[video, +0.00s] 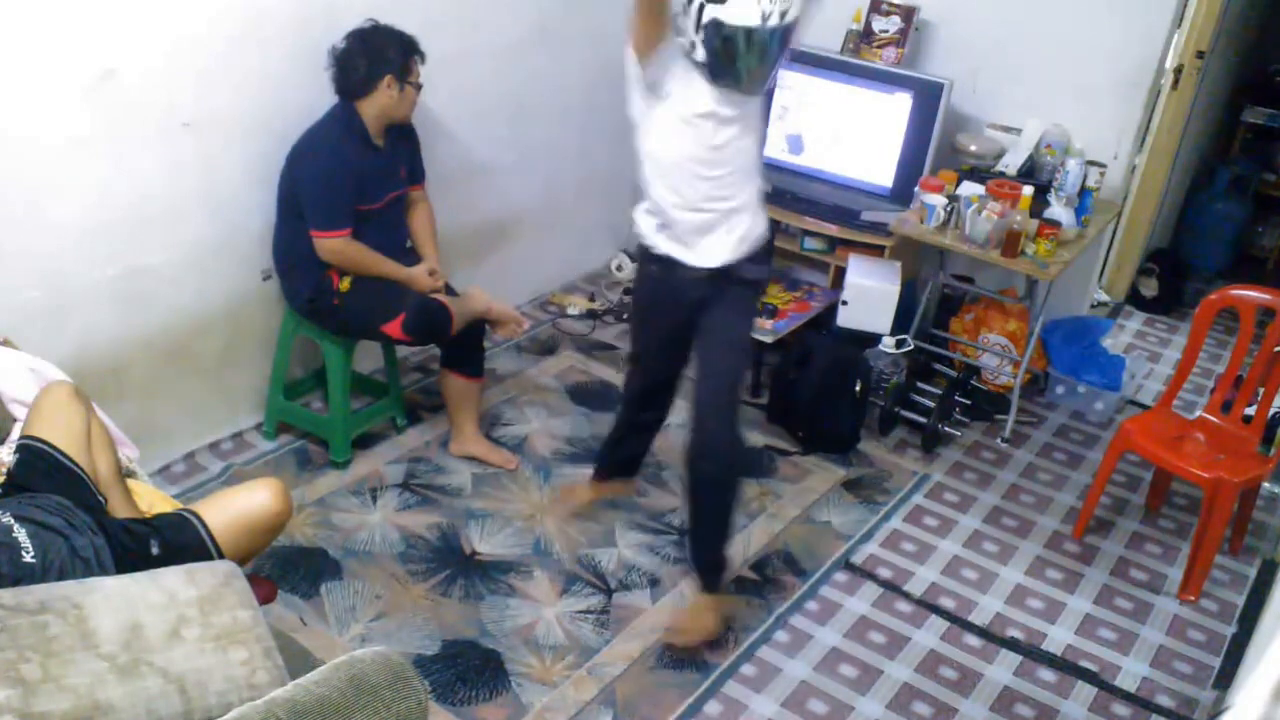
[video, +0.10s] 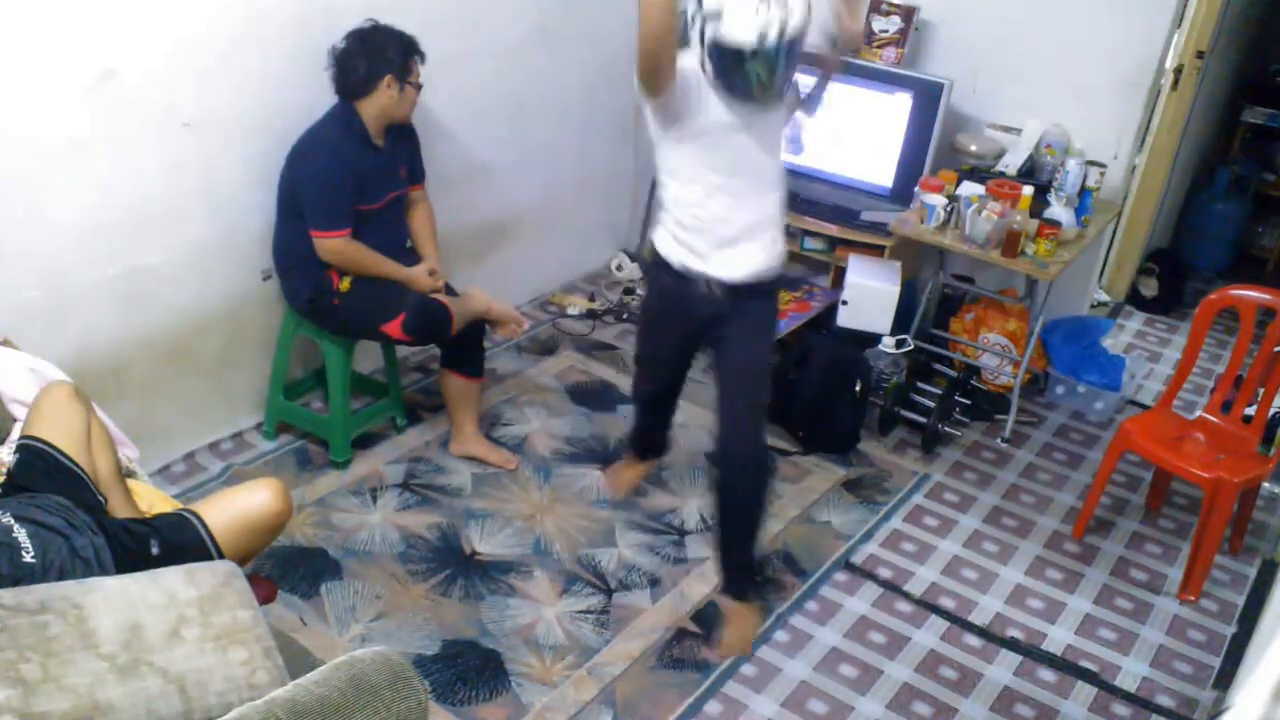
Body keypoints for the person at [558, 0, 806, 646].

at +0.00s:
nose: (744, 53)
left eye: (754, 43)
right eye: (729, 37)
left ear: (764, 43)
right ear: (696, 25)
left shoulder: (755, 69)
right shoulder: (656, 58)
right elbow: (650, 5)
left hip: (735, 266)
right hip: (664, 259)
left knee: (714, 425)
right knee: (647, 386)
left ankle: (710, 586)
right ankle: (613, 474)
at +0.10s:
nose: (748, 44)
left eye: (758, 35)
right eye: (733, 34)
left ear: (769, 39)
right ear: (706, 35)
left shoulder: (776, 88)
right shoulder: (671, 86)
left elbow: (848, 43)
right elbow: (654, 51)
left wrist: (844, 18)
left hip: (751, 285)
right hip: (674, 273)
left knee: (742, 441)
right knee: (653, 384)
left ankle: (740, 588)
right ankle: (644, 451)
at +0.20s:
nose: (732, 124)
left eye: (748, 115)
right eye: (724, 110)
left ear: (785, 101)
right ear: (709, 95)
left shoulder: (806, 139)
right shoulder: (683, 133)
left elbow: (884, 208)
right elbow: (656, 214)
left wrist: (874, 122)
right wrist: (690, 122)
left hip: (772, 337)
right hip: (695, 321)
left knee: (758, 484)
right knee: (661, 414)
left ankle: (747, 601)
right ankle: (668, 440)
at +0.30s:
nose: (727, 131)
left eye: (744, 116)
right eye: (713, 115)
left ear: (783, 95)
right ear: (698, 96)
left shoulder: (826, 131)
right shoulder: (694, 134)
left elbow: (919, 200)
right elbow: (659, 246)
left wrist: (875, 118)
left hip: (773, 333)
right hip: (699, 314)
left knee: (756, 481)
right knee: (656, 422)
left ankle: (744, 600)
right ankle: (685, 473)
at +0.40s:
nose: (703, 99)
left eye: (712, 82)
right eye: (694, 83)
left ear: (754, 57)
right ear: (688, 65)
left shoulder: (824, 93)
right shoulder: (718, 109)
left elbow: (896, 94)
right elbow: (697, 212)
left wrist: (861, 13)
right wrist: (651, 290)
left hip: (773, 304)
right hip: (706, 284)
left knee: (743, 445)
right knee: (660, 410)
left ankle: (738, 582)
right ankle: (667, 536)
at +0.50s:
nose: (710, 80)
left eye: (713, 66)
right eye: (701, 70)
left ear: (742, 41)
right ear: (702, 59)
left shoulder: (819, 98)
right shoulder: (731, 94)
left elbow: (826, 69)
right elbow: (708, 166)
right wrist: (671, 199)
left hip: (776, 301)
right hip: (714, 279)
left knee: (732, 442)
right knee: (668, 419)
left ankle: (717, 576)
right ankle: (650, 551)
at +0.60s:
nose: (720, 82)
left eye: (728, 69)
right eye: (714, 72)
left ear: (764, 76)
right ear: (719, 82)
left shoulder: (796, 135)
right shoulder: (730, 131)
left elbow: (750, 71)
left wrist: (727, 5)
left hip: (765, 334)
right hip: (714, 317)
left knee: (723, 469)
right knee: (653, 445)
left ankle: (741, 584)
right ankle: (619, 582)